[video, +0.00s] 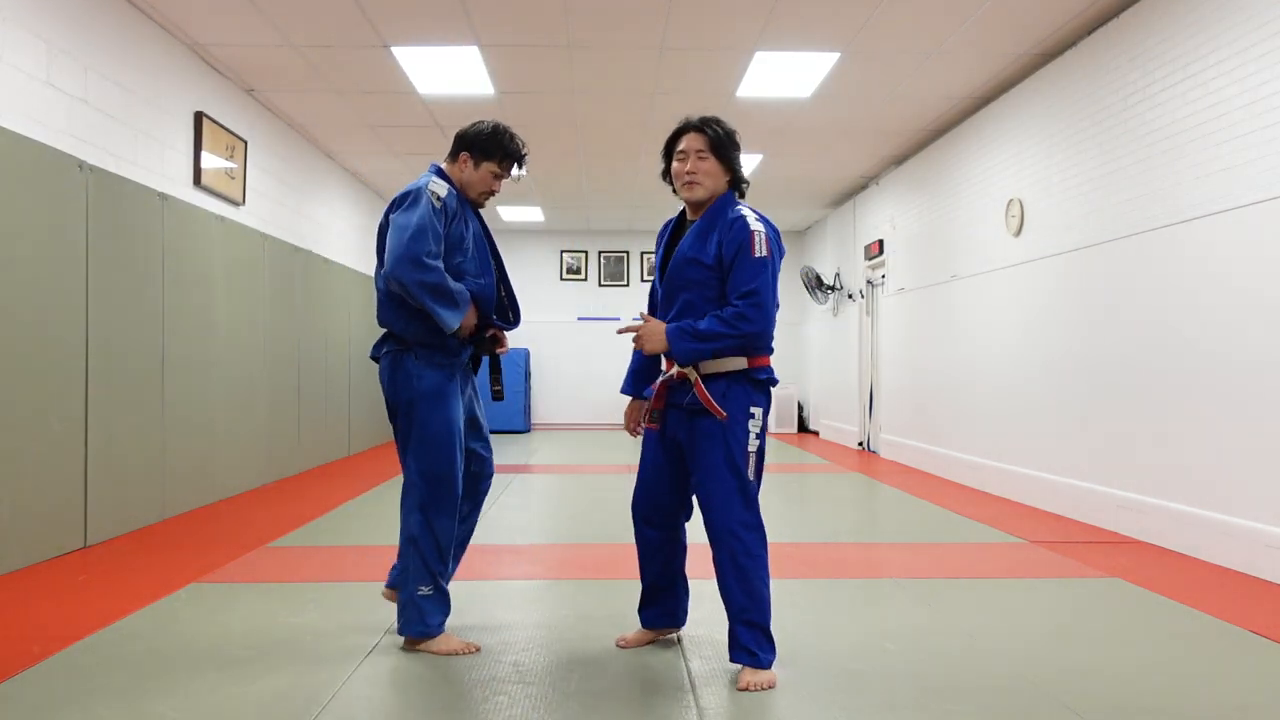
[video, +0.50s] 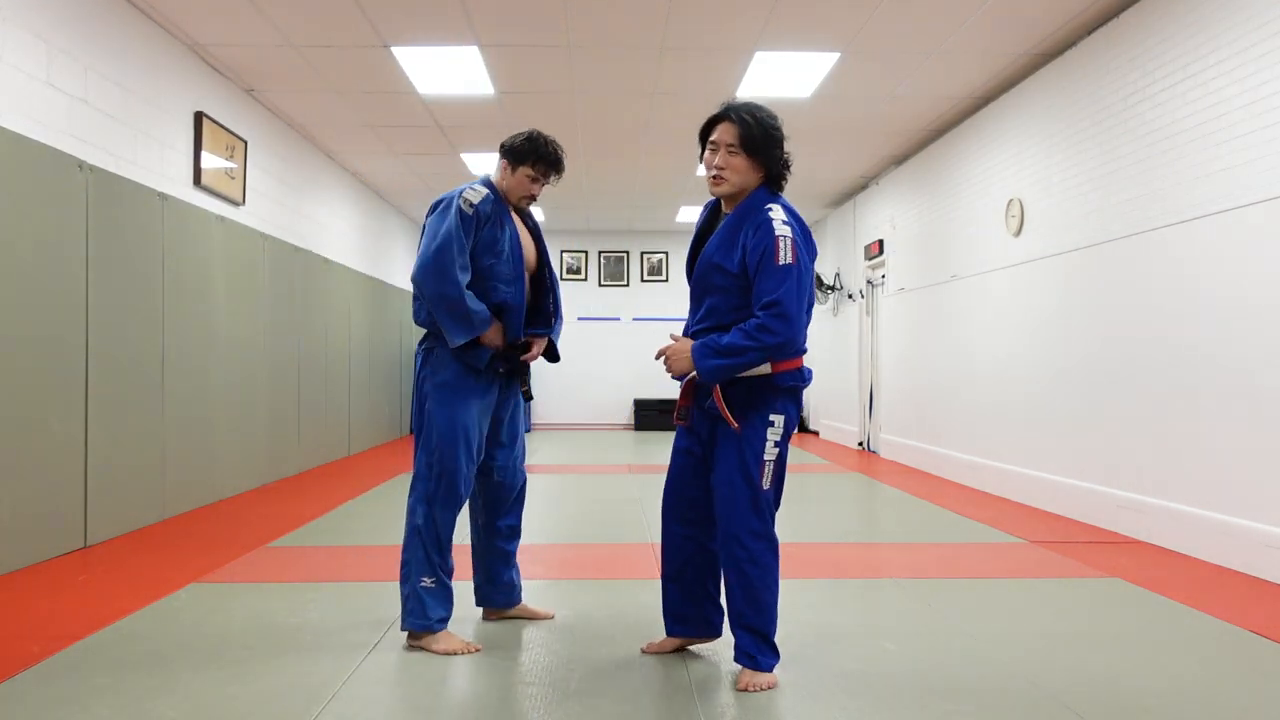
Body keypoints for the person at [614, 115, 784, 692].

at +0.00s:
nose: (686, 165)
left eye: (701, 156)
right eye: (679, 157)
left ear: (728, 168)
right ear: (670, 170)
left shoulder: (749, 228)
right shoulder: (672, 233)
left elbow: (754, 324)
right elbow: (658, 319)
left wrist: (672, 337)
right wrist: (637, 389)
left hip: (732, 389)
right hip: (676, 388)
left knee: (733, 522)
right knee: (654, 509)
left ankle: (753, 655)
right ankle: (662, 618)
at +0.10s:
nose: (694, 165)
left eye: (708, 155)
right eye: (686, 156)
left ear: (738, 165)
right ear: (679, 166)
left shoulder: (757, 226)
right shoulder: (687, 229)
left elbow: (767, 324)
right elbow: (682, 318)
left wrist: (685, 348)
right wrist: (662, 382)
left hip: (742, 392)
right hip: (687, 389)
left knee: (736, 523)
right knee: (659, 508)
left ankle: (755, 656)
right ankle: (666, 615)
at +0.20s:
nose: (698, 164)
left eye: (713, 155)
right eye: (692, 154)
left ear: (744, 163)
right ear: (687, 162)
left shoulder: (760, 226)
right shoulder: (701, 225)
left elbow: (773, 327)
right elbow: (709, 315)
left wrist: (694, 357)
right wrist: (685, 367)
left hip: (749, 393)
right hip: (697, 389)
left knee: (738, 522)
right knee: (666, 505)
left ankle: (756, 655)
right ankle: (674, 616)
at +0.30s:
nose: (704, 162)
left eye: (719, 152)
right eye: (698, 152)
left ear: (750, 162)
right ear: (693, 160)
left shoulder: (764, 225)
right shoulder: (713, 223)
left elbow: (776, 325)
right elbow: (718, 313)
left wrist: (696, 356)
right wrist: (688, 360)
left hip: (753, 392)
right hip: (703, 388)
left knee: (739, 520)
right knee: (675, 506)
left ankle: (757, 655)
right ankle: (691, 620)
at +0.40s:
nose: (709, 160)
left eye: (725, 151)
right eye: (705, 149)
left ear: (757, 161)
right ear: (700, 157)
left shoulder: (770, 224)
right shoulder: (718, 223)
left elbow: (778, 325)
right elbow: (721, 313)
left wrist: (696, 353)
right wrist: (690, 362)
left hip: (757, 393)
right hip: (708, 389)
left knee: (742, 522)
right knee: (683, 509)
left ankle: (758, 657)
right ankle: (694, 623)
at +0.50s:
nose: (714, 159)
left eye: (730, 150)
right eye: (710, 149)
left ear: (763, 161)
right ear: (706, 156)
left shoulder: (777, 224)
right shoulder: (722, 221)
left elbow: (782, 326)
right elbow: (722, 308)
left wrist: (699, 354)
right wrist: (689, 346)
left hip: (760, 394)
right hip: (709, 389)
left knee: (745, 523)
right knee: (686, 509)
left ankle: (758, 657)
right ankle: (693, 624)